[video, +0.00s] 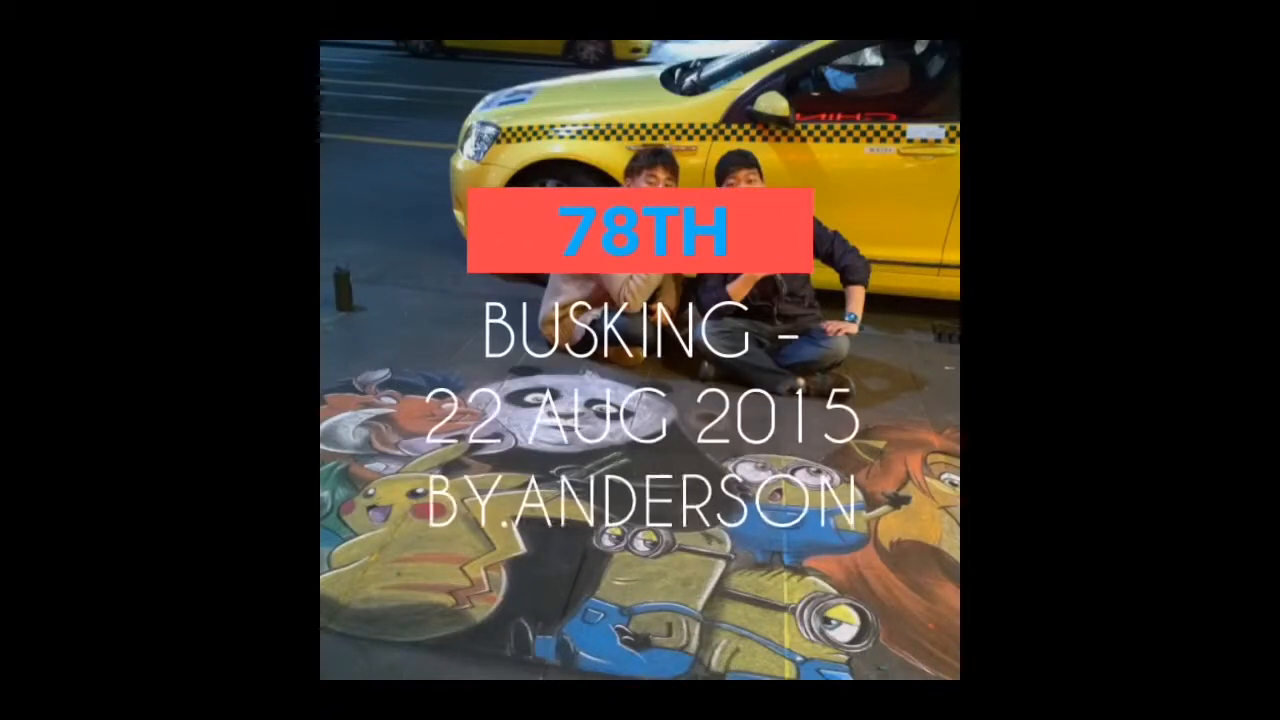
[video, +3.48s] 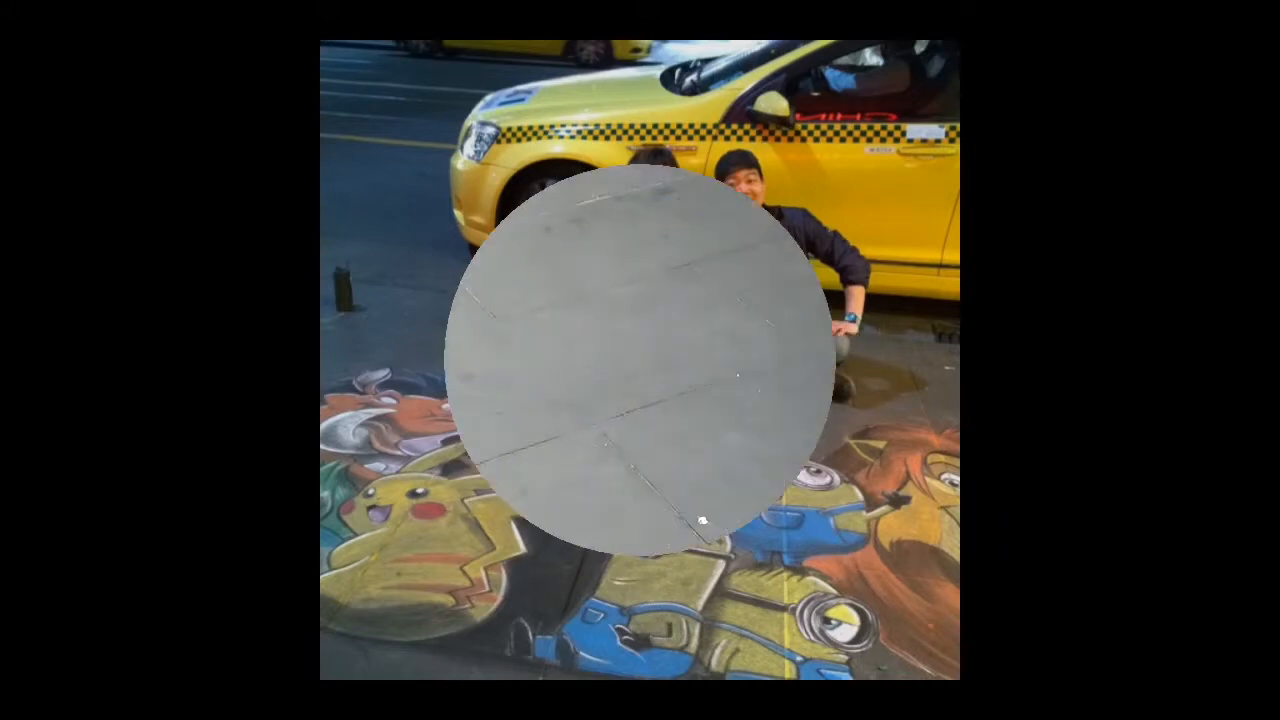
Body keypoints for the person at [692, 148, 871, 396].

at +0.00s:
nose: (743, 190)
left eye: (750, 181)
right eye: (732, 184)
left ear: (763, 185)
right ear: (721, 192)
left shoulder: (792, 220)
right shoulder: (716, 230)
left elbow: (854, 262)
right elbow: (708, 304)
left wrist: (851, 320)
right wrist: (752, 275)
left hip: (801, 325)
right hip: (748, 324)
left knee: (836, 344)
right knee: (709, 333)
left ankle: (731, 370)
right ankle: (800, 386)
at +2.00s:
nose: (743, 191)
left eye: (750, 181)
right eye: (732, 185)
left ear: (763, 187)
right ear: (720, 196)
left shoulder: (795, 222)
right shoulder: (713, 247)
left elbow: (853, 262)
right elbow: (707, 306)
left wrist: (851, 320)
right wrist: (752, 275)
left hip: (798, 329)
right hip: (742, 332)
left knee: (838, 344)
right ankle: (814, 385)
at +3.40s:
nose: (742, 190)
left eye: (750, 181)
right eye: (732, 184)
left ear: (763, 187)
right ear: (720, 195)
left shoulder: (795, 222)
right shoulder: (713, 245)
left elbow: (853, 262)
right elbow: (709, 301)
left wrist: (852, 320)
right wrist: (753, 273)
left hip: (799, 329)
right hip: (744, 333)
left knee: (837, 346)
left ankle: (749, 370)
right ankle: (799, 386)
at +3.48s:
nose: (743, 190)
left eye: (750, 181)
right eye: (733, 184)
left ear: (763, 186)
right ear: (720, 191)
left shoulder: (792, 221)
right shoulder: (713, 231)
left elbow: (853, 262)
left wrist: (851, 320)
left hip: (792, 326)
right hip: (735, 331)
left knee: (839, 344)